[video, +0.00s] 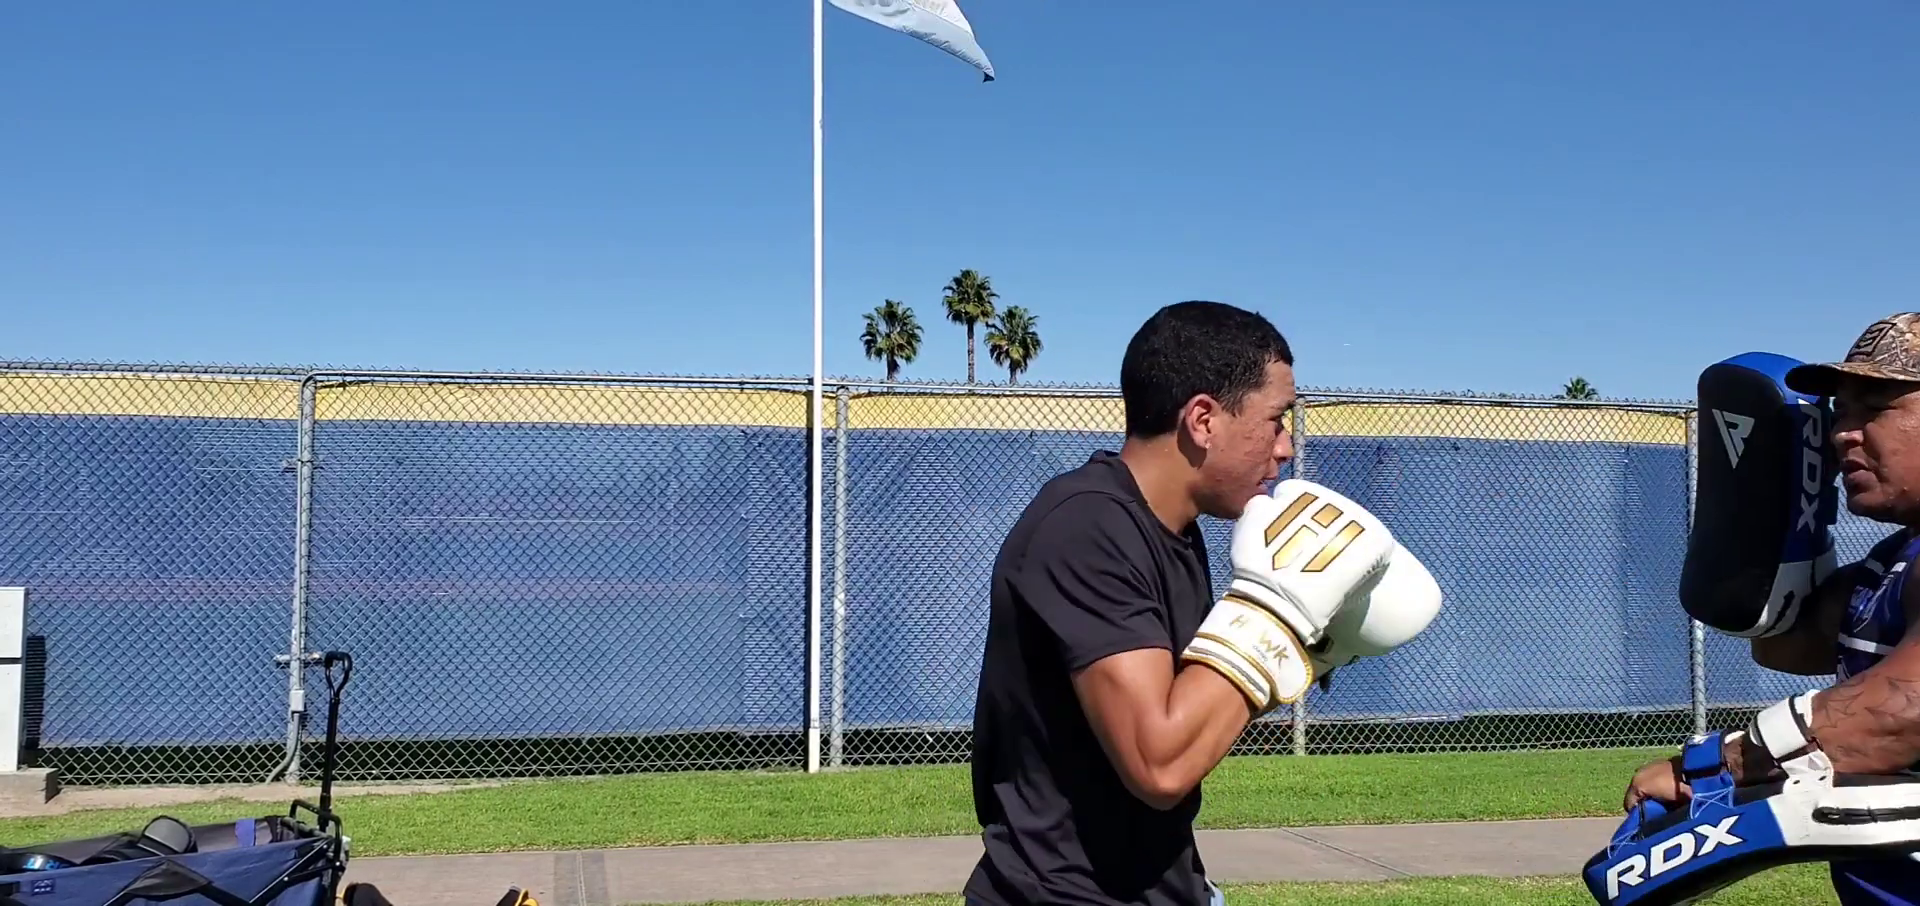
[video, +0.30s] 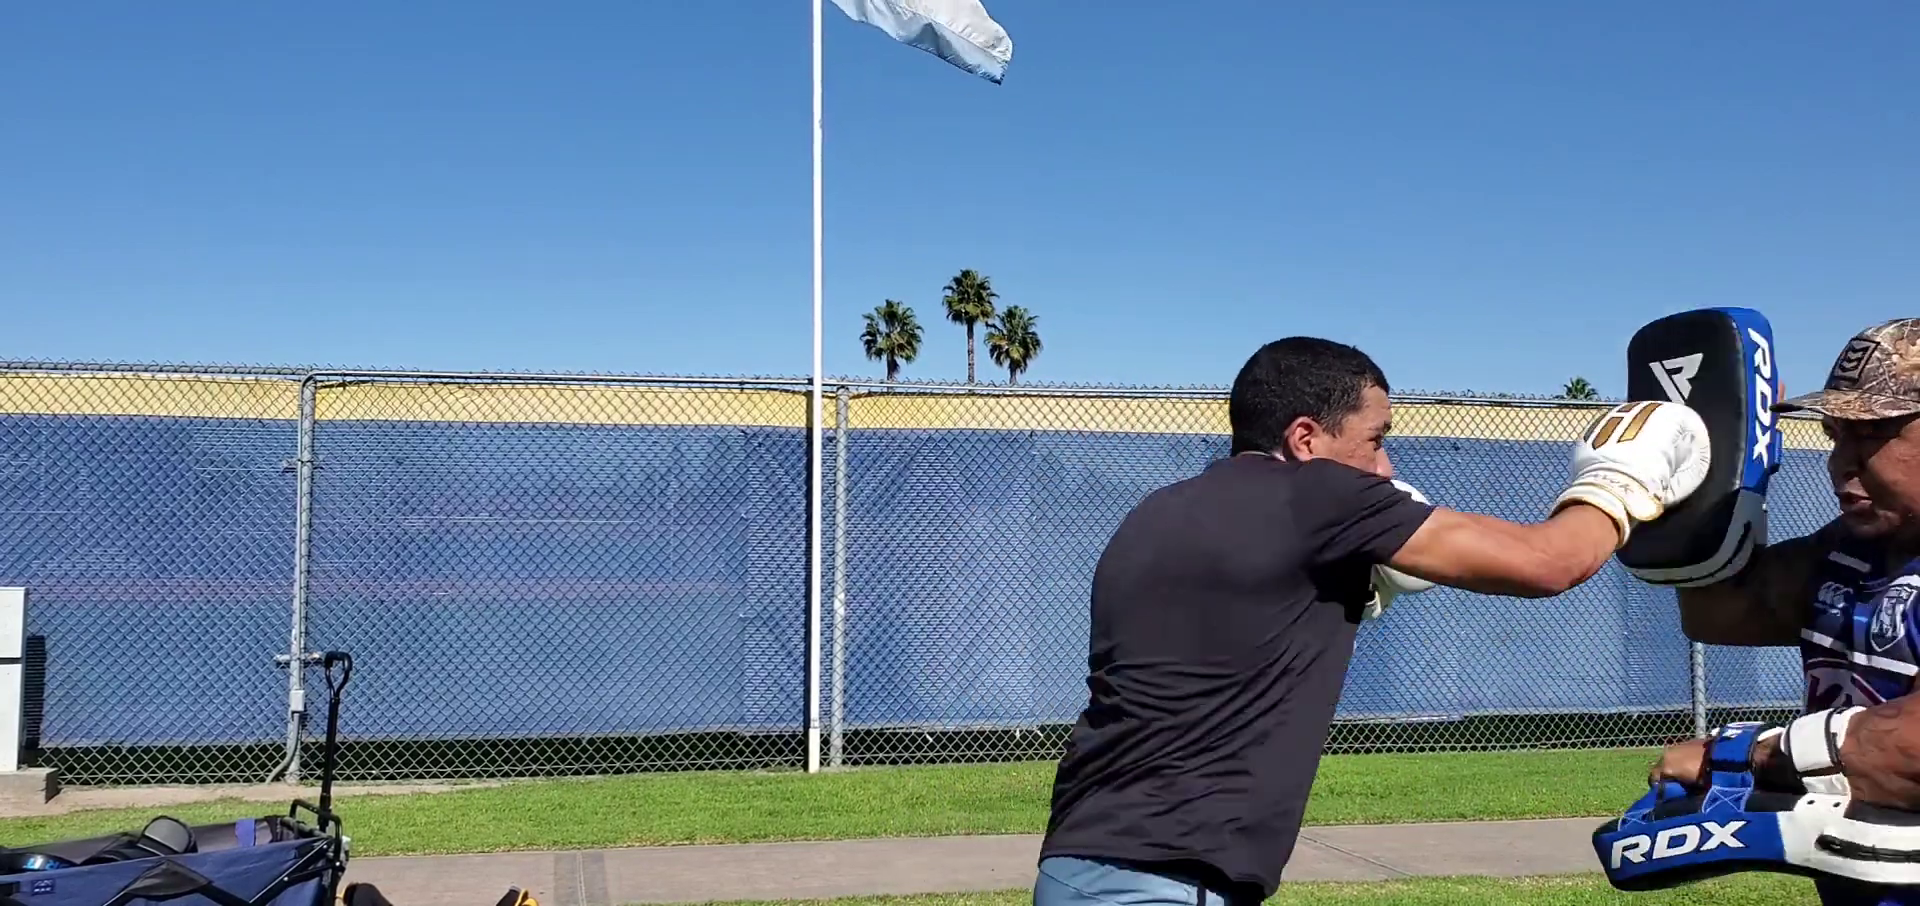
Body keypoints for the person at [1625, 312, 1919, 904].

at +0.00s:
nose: (1843, 435)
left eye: (1874, 408)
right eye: (1841, 412)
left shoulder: (1911, 559)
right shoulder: (1896, 557)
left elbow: (1899, 716)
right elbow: (1783, 641)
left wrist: (1708, 767)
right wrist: (1795, 472)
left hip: (1902, 888)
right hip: (1872, 885)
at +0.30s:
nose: (1837, 464)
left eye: (1870, 435)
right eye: (1835, 435)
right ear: (1826, 433)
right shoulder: (1839, 553)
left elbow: (1908, 750)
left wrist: (1743, 752)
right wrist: (1703, 460)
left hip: (1903, 881)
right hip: (1850, 883)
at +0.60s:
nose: (1778, 506)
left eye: (1801, 476)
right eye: (1770, 484)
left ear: (1900, 456)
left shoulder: (1911, 591)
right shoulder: (1833, 587)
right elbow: (1760, 731)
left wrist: (1855, 884)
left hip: (1913, 884)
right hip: (1858, 882)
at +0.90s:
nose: (1704, 530)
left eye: (1723, 499)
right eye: (1695, 509)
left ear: (1819, 474)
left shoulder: (1905, 577)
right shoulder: (1781, 600)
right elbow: (1713, 769)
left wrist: (1903, 875)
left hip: (1898, 891)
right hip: (1840, 887)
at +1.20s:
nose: (1708, 499)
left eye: (1728, 469)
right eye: (1702, 479)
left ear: (1827, 454)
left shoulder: (1906, 590)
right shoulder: (1753, 593)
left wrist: (1880, 881)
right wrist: (1571, 654)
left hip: (1892, 894)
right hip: (1812, 891)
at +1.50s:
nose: (1689, 507)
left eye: (1706, 477)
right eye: (1679, 490)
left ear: (1782, 449)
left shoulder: (1900, 534)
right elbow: (1624, 656)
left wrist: (1866, 871)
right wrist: (1703, 541)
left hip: (1892, 875)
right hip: (1789, 867)